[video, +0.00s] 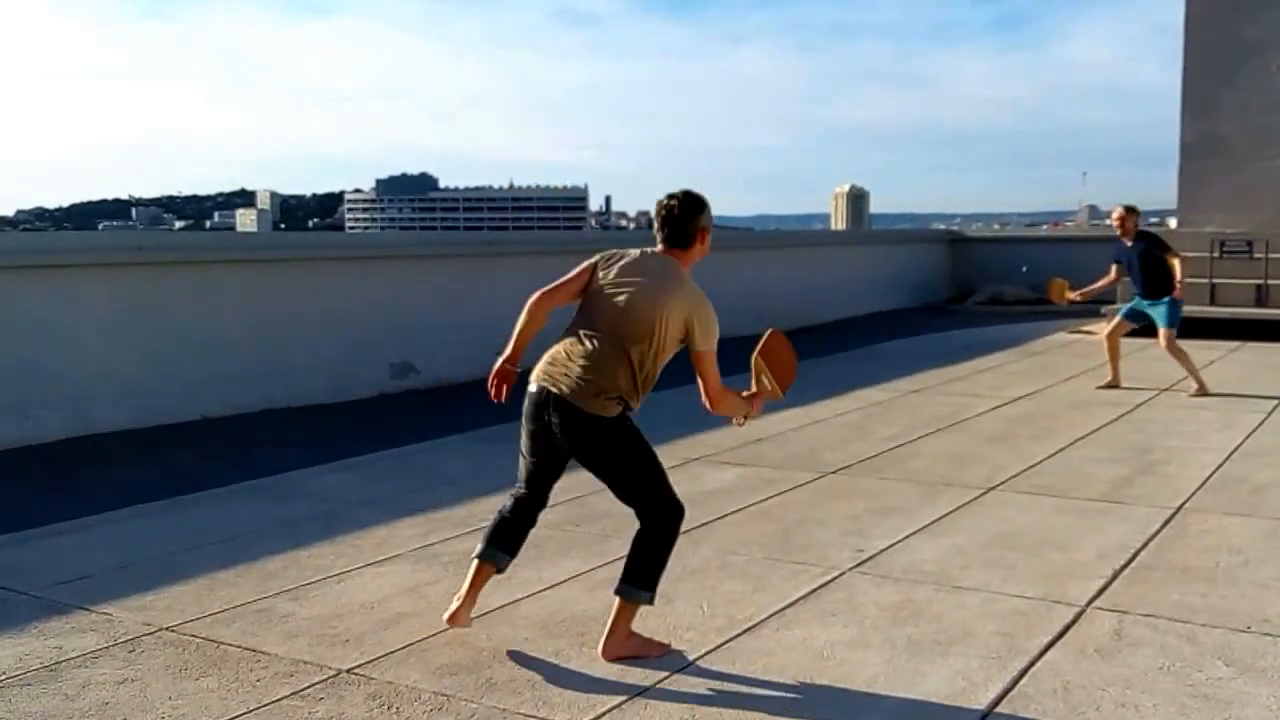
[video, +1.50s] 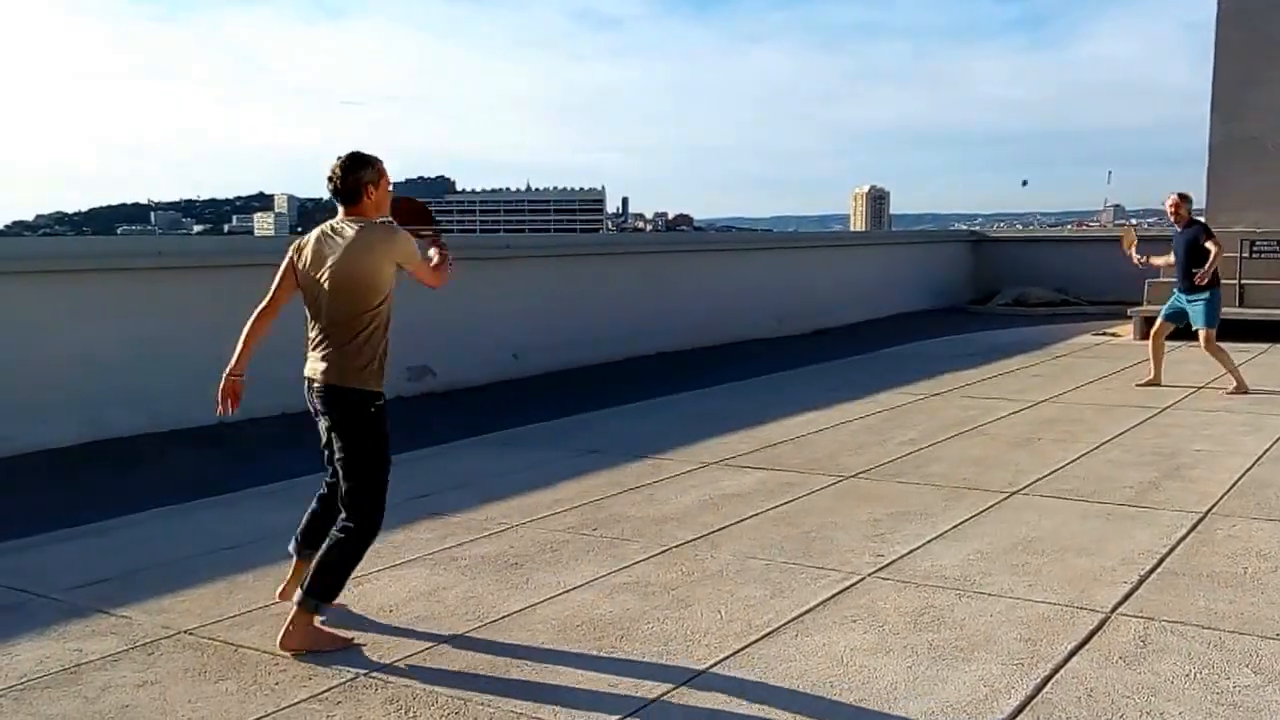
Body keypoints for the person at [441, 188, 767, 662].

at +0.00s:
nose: (710, 239)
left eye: (708, 230)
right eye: (709, 231)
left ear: (658, 230)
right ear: (702, 237)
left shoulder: (611, 262)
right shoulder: (695, 305)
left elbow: (540, 300)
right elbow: (714, 397)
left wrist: (510, 356)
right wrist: (746, 406)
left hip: (542, 392)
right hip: (594, 412)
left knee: (526, 497)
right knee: (663, 512)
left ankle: (463, 603)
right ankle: (619, 635)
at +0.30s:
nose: (667, 175)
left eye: (664, 167)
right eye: (666, 168)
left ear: (615, 173)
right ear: (656, 173)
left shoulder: (575, 217)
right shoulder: (655, 231)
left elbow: (523, 280)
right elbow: (662, 328)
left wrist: (543, 334)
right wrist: (686, 362)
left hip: (535, 355)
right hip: (579, 373)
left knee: (524, 467)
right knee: (620, 505)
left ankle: (458, 571)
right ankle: (594, 637)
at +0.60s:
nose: (595, 199)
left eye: (591, 191)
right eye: (591, 192)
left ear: (546, 204)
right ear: (579, 202)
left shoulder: (532, 248)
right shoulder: (556, 265)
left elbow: (581, 324)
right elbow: (536, 357)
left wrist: (648, 339)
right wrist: (573, 425)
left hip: (487, 396)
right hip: (521, 408)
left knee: (462, 500)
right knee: (604, 512)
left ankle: (396, 595)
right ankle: (597, 646)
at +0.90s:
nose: (500, 218)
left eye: (499, 210)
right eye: (496, 211)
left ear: (472, 221)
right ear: (474, 222)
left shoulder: (482, 250)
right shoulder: (420, 279)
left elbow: (515, 258)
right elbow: (398, 367)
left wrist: (569, 263)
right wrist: (413, 406)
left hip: (439, 394)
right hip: (423, 400)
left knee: (435, 504)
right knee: (490, 501)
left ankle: (378, 608)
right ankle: (522, 628)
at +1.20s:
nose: (455, 201)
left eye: (453, 191)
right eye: (450, 193)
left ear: (410, 198)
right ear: (427, 200)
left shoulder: (376, 228)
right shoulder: (429, 251)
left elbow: (338, 263)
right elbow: (496, 298)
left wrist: (374, 296)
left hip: (369, 383)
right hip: (375, 389)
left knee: (404, 492)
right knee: (377, 500)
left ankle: (376, 607)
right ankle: (324, 627)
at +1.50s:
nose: (391, 189)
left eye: (387, 181)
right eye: (386, 182)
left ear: (345, 194)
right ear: (371, 190)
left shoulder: (308, 243)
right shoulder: (387, 235)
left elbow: (267, 309)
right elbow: (433, 276)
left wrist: (235, 368)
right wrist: (438, 258)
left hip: (317, 386)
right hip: (356, 394)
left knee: (336, 486)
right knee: (362, 515)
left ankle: (296, 581)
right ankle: (301, 626)